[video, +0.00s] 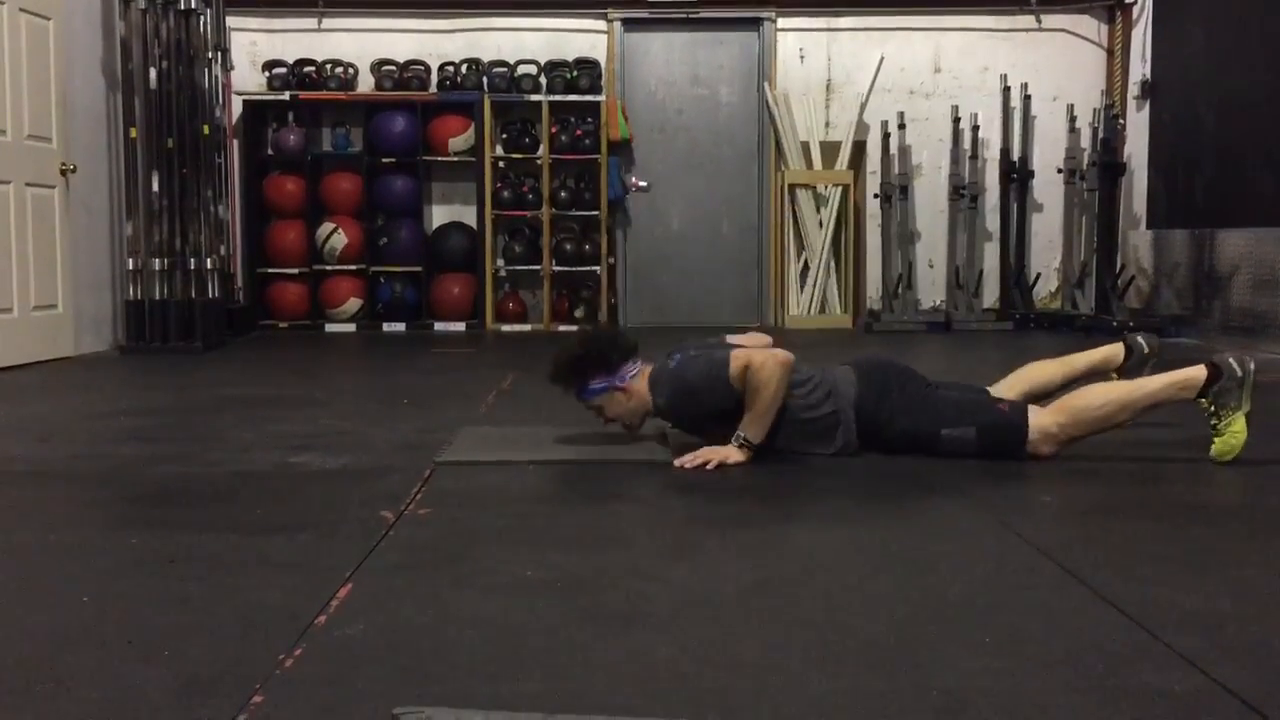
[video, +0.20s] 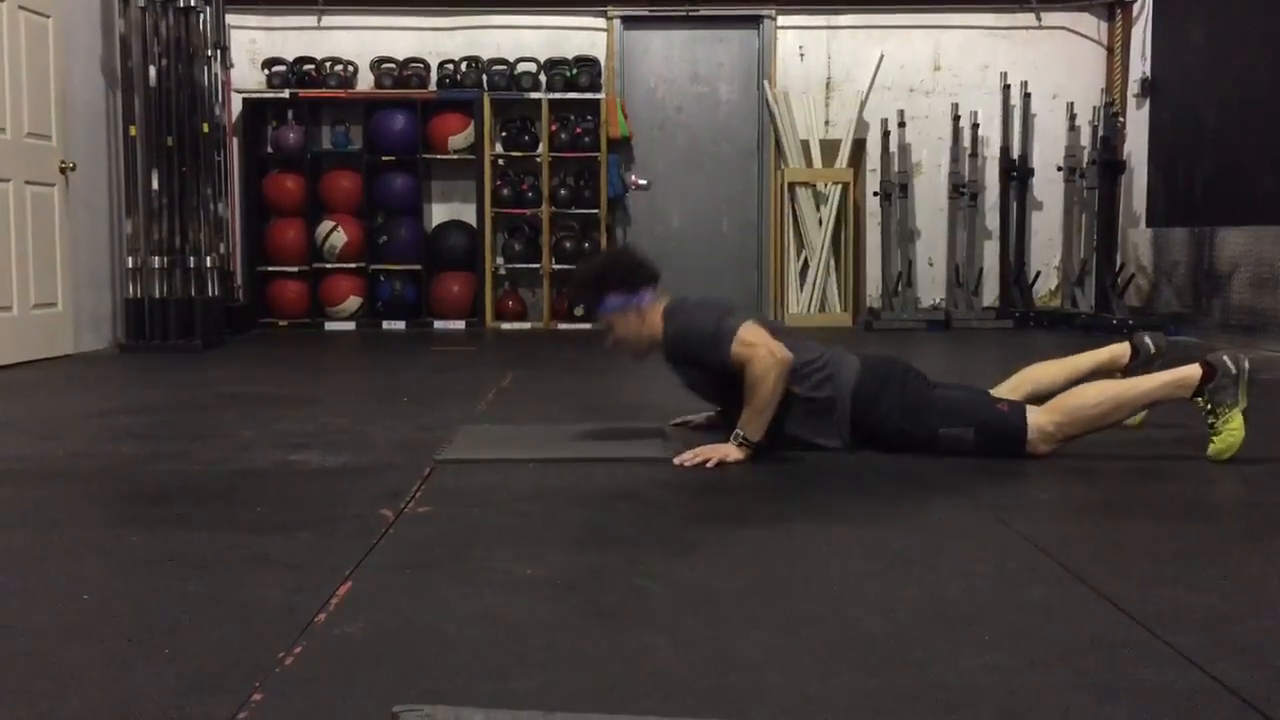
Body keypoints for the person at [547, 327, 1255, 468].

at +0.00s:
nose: (603, 419)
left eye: (597, 407)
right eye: (595, 410)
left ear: (616, 384)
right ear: (620, 373)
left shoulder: (672, 379)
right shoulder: (672, 376)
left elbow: (772, 361)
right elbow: (755, 359)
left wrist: (743, 443)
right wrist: (719, 432)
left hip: (875, 406)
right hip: (869, 386)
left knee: (1042, 431)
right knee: (1002, 404)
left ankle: (1199, 378)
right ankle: (1116, 347)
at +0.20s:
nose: (611, 333)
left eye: (611, 321)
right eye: (606, 323)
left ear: (636, 303)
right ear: (636, 301)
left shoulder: (690, 325)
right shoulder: (683, 328)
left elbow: (772, 360)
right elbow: (754, 367)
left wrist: (743, 441)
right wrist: (728, 429)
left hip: (874, 398)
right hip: (866, 392)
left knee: (1042, 432)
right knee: (1004, 404)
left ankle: (1202, 377)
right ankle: (1123, 352)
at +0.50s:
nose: (623, 272)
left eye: (615, 259)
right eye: (613, 264)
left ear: (632, 229)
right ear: (632, 232)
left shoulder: (710, 235)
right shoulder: (694, 246)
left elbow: (736, 338)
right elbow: (729, 338)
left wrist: (738, 439)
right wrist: (726, 417)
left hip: (883, 294)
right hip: (875, 303)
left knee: (1020, 357)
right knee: (1006, 349)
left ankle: (1197, 376)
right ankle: (1135, 360)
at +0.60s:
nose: (617, 287)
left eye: (609, 276)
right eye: (606, 283)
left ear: (622, 243)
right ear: (622, 249)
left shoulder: (683, 232)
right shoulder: (677, 240)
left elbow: (715, 338)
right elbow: (715, 336)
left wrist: (735, 435)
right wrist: (719, 411)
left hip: (870, 219)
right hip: (863, 253)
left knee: (987, 320)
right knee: (979, 324)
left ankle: (1148, 359)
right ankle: (1101, 357)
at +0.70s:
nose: (640, 289)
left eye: (629, 281)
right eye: (630, 286)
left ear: (636, 246)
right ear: (639, 241)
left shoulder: (697, 226)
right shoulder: (687, 226)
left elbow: (727, 333)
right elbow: (719, 322)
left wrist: (736, 437)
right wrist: (721, 407)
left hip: (861, 149)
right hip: (847, 162)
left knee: (874, 300)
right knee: (868, 301)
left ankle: (1024, 357)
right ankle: (1000, 350)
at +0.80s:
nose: (648, 277)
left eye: (638, 269)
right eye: (636, 275)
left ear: (646, 233)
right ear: (647, 223)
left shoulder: (706, 219)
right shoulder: (694, 214)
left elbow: (730, 332)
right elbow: (722, 322)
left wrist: (736, 435)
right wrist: (718, 410)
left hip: (859, 135)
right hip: (845, 134)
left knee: (780, 268)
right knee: (776, 265)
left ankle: (873, 383)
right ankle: (873, 375)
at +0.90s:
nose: (612, 242)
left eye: (603, 230)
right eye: (601, 235)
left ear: (616, 197)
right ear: (620, 190)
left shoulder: (681, 205)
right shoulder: (673, 199)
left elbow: (712, 312)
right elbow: (710, 305)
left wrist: (730, 417)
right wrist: (713, 400)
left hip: (851, 174)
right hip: (839, 172)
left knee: (743, 290)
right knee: (730, 284)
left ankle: (829, 418)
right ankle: (809, 402)